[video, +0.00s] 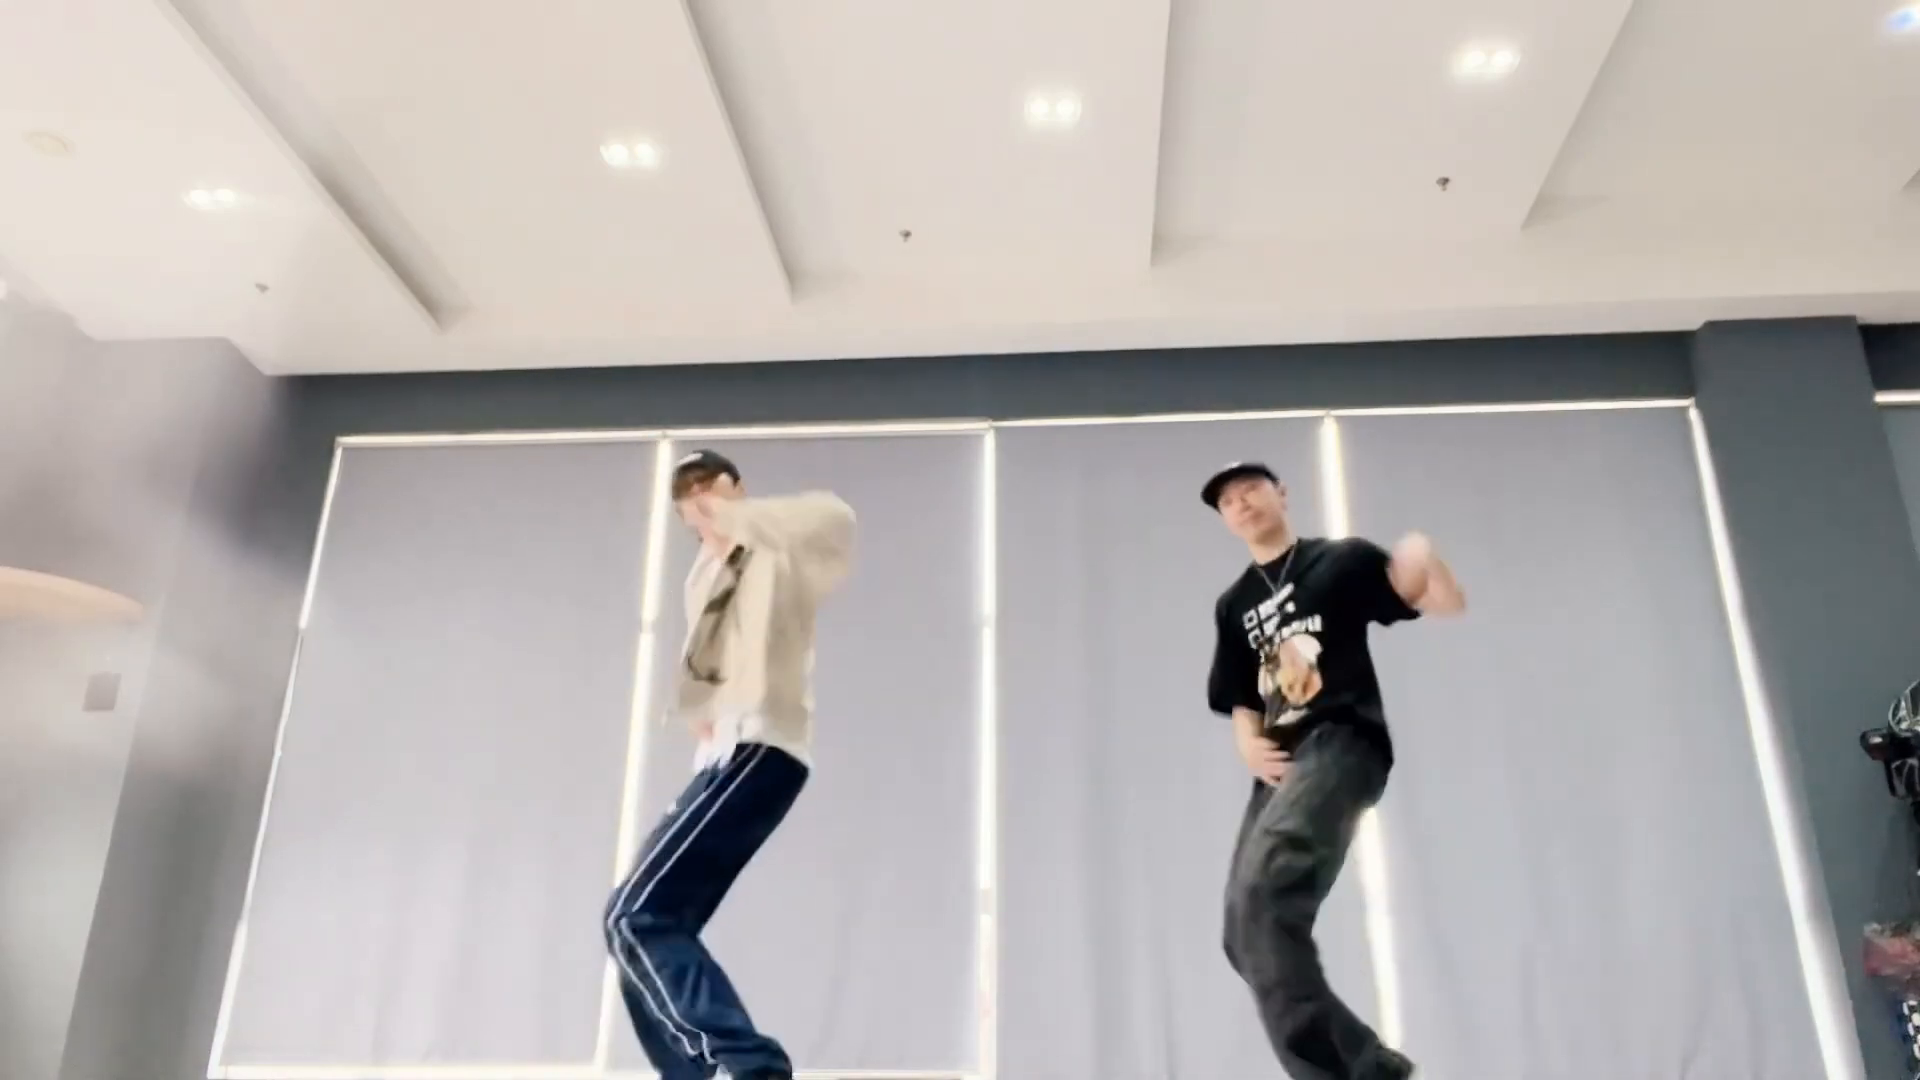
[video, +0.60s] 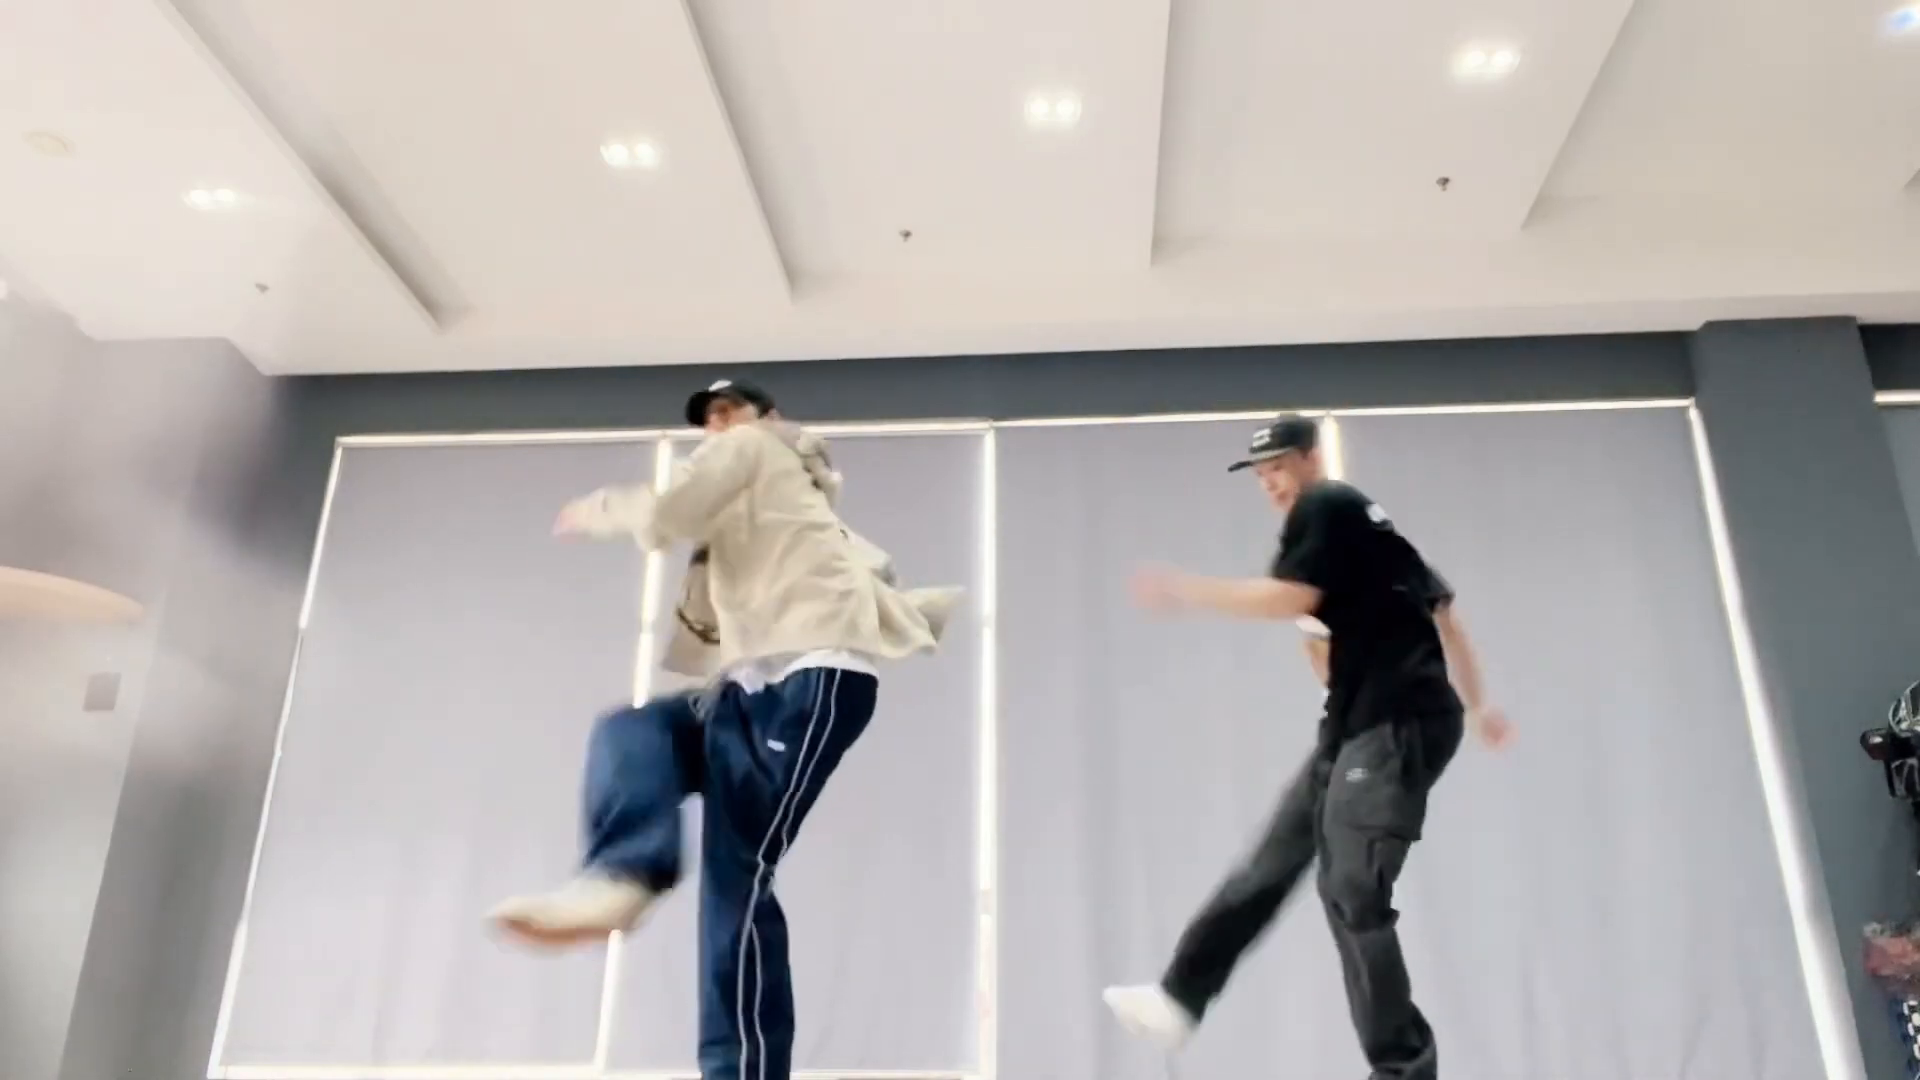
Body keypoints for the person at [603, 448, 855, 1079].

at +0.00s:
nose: (698, 508)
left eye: (705, 491)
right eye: (686, 502)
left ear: (735, 486)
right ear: (683, 514)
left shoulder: (787, 545)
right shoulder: (712, 574)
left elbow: (836, 519)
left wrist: (731, 521)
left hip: (764, 752)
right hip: (723, 756)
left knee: (640, 912)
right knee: (623, 919)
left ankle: (746, 1064)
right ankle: (692, 1072)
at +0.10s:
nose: (718, 482)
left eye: (726, 467)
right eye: (707, 480)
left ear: (756, 464)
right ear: (706, 490)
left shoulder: (792, 499)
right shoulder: (741, 543)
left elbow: (711, 503)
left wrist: (599, 490)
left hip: (774, 719)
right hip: (728, 722)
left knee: (655, 903)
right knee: (596, 876)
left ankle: (744, 1070)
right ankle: (649, 1046)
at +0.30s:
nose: (720, 454)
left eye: (730, 439)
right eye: (715, 448)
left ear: (762, 434)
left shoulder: (767, 462)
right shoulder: (805, 514)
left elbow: (672, 520)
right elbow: (872, 611)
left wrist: (558, 561)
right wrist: (834, 690)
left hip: (767, 684)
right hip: (735, 696)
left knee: (702, 889)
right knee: (591, 782)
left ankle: (745, 1067)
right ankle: (542, 951)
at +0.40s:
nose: (705, 443)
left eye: (712, 430)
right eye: (702, 435)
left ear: (742, 425)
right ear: (736, 430)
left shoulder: (759, 451)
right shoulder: (814, 507)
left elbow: (654, 475)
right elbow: (893, 564)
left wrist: (627, 520)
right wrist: (870, 660)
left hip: (783, 665)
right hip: (751, 676)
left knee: (710, 862)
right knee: (589, 694)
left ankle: (747, 1064)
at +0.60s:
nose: (716, 427)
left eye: (730, 413)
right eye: (709, 420)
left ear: (764, 415)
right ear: (705, 428)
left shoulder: (751, 447)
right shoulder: (788, 492)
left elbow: (668, 515)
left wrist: (592, 512)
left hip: (813, 676)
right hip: (759, 686)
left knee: (736, 877)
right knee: (633, 730)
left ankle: (744, 1066)